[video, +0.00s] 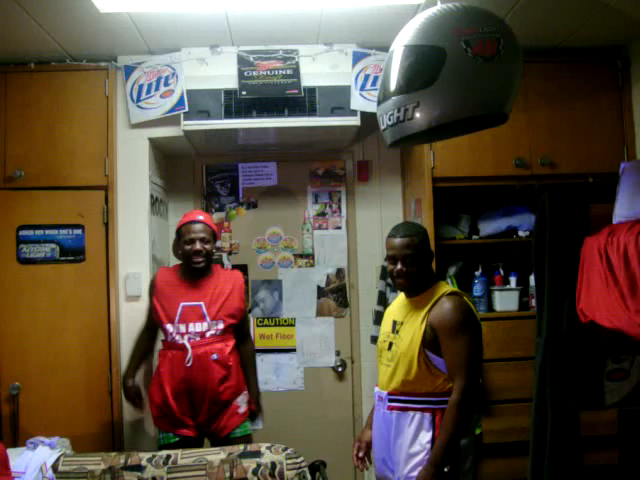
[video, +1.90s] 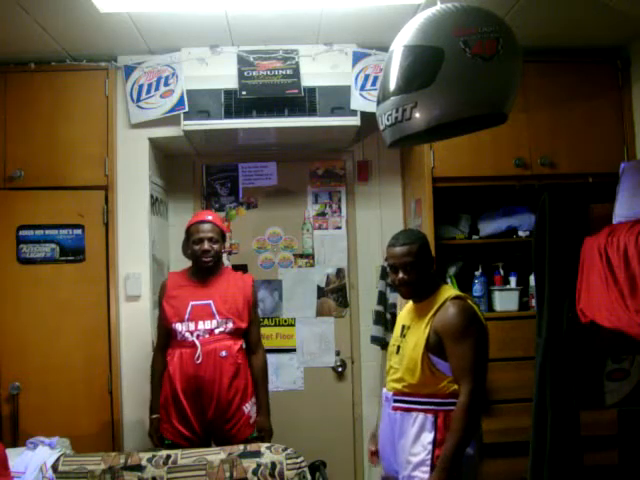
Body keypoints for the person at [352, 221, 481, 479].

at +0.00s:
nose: (398, 269)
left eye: (408, 260)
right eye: (392, 260)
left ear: (429, 259)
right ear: (386, 261)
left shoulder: (450, 310)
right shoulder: (398, 304)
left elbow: (464, 388)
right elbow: (392, 376)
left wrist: (433, 465)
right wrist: (369, 427)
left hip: (425, 432)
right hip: (388, 428)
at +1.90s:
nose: (400, 278)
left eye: (408, 269)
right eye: (393, 270)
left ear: (430, 265)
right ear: (387, 270)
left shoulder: (455, 314)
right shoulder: (409, 308)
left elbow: (470, 391)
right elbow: (399, 378)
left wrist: (445, 465)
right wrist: (380, 429)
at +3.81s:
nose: (387, 269)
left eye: (398, 263)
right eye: (389, 261)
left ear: (426, 269)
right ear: (425, 270)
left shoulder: (460, 323)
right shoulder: (422, 314)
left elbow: (476, 405)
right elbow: (413, 389)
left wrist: (451, 471)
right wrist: (389, 442)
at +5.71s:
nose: (408, 271)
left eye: (417, 262)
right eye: (400, 263)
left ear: (433, 265)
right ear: (391, 269)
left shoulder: (457, 320)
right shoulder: (405, 310)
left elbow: (476, 398)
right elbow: (397, 389)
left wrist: (455, 469)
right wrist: (378, 449)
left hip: (433, 436)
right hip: (394, 432)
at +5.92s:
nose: (406, 269)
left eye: (415, 261)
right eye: (398, 262)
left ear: (431, 266)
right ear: (390, 269)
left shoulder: (453, 321)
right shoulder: (402, 316)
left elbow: (475, 399)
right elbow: (398, 388)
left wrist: (454, 470)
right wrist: (375, 437)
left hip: (432, 440)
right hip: (392, 437)